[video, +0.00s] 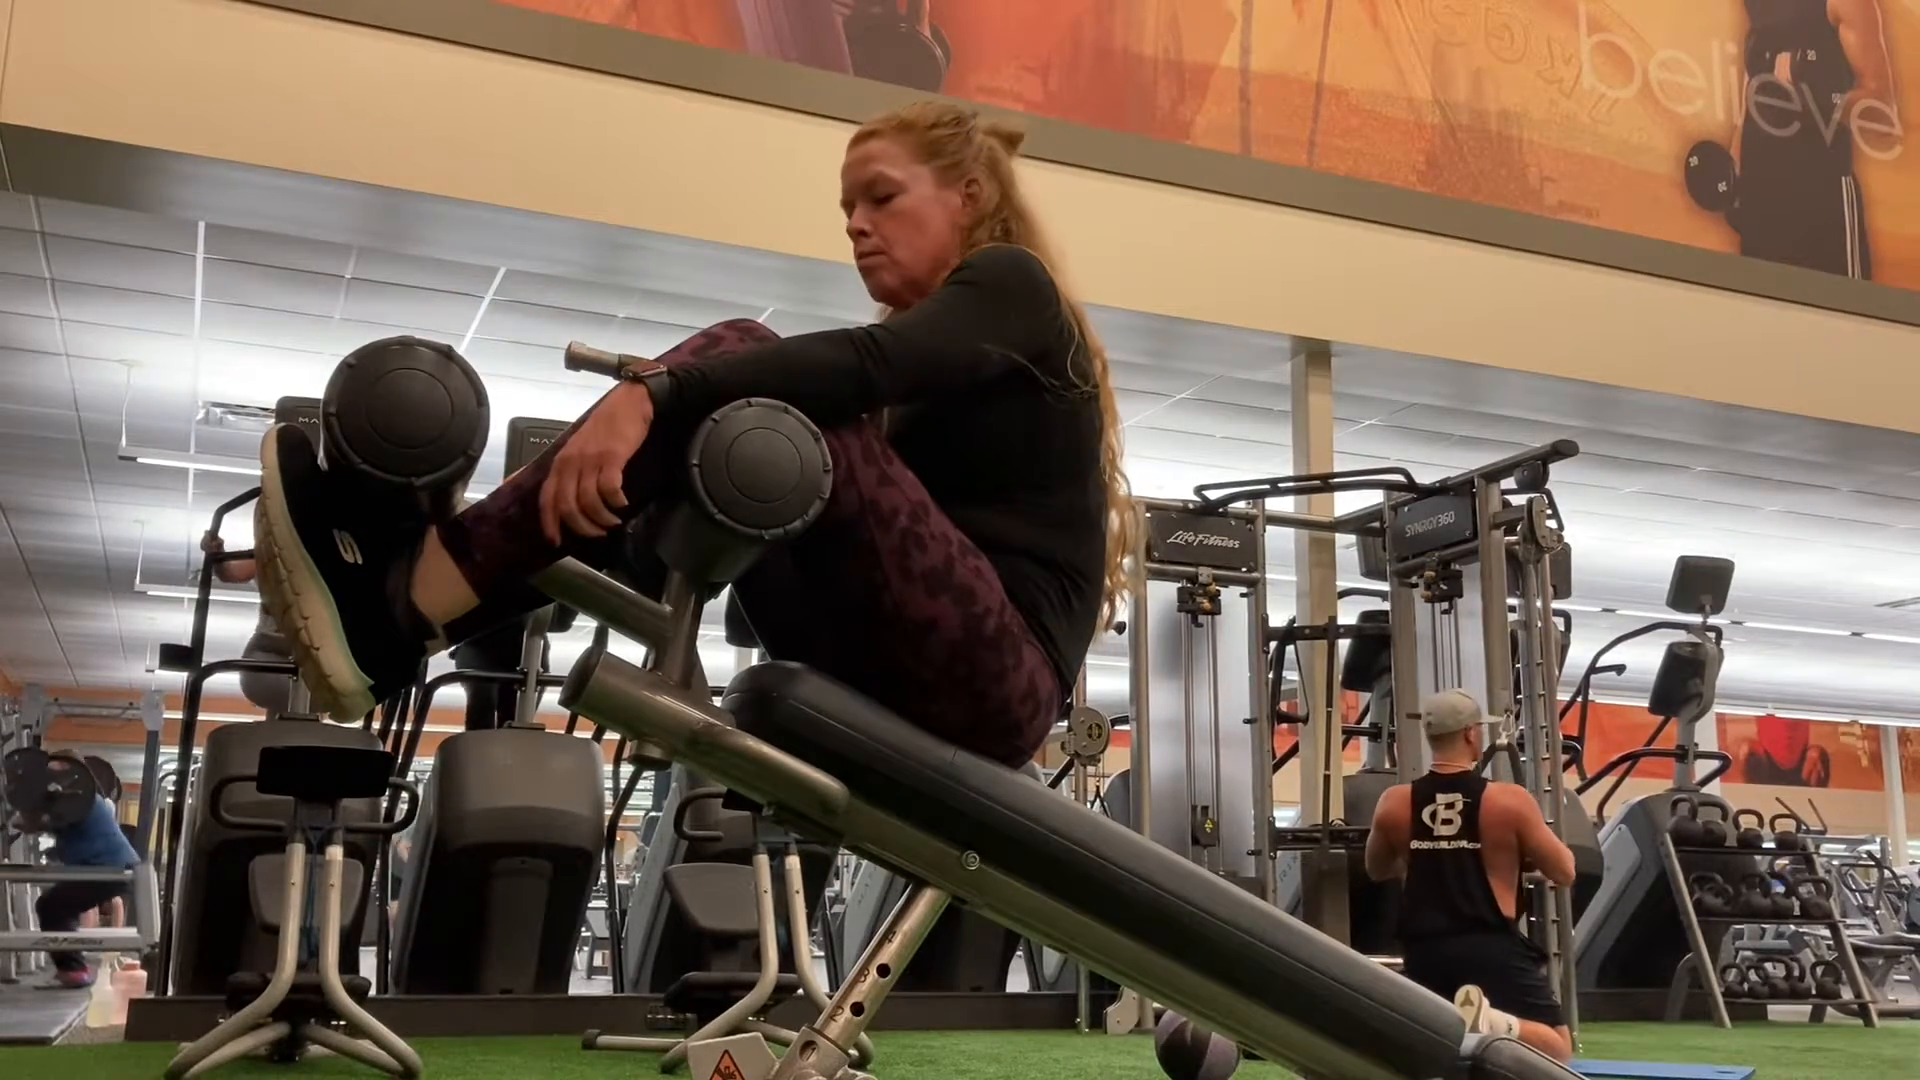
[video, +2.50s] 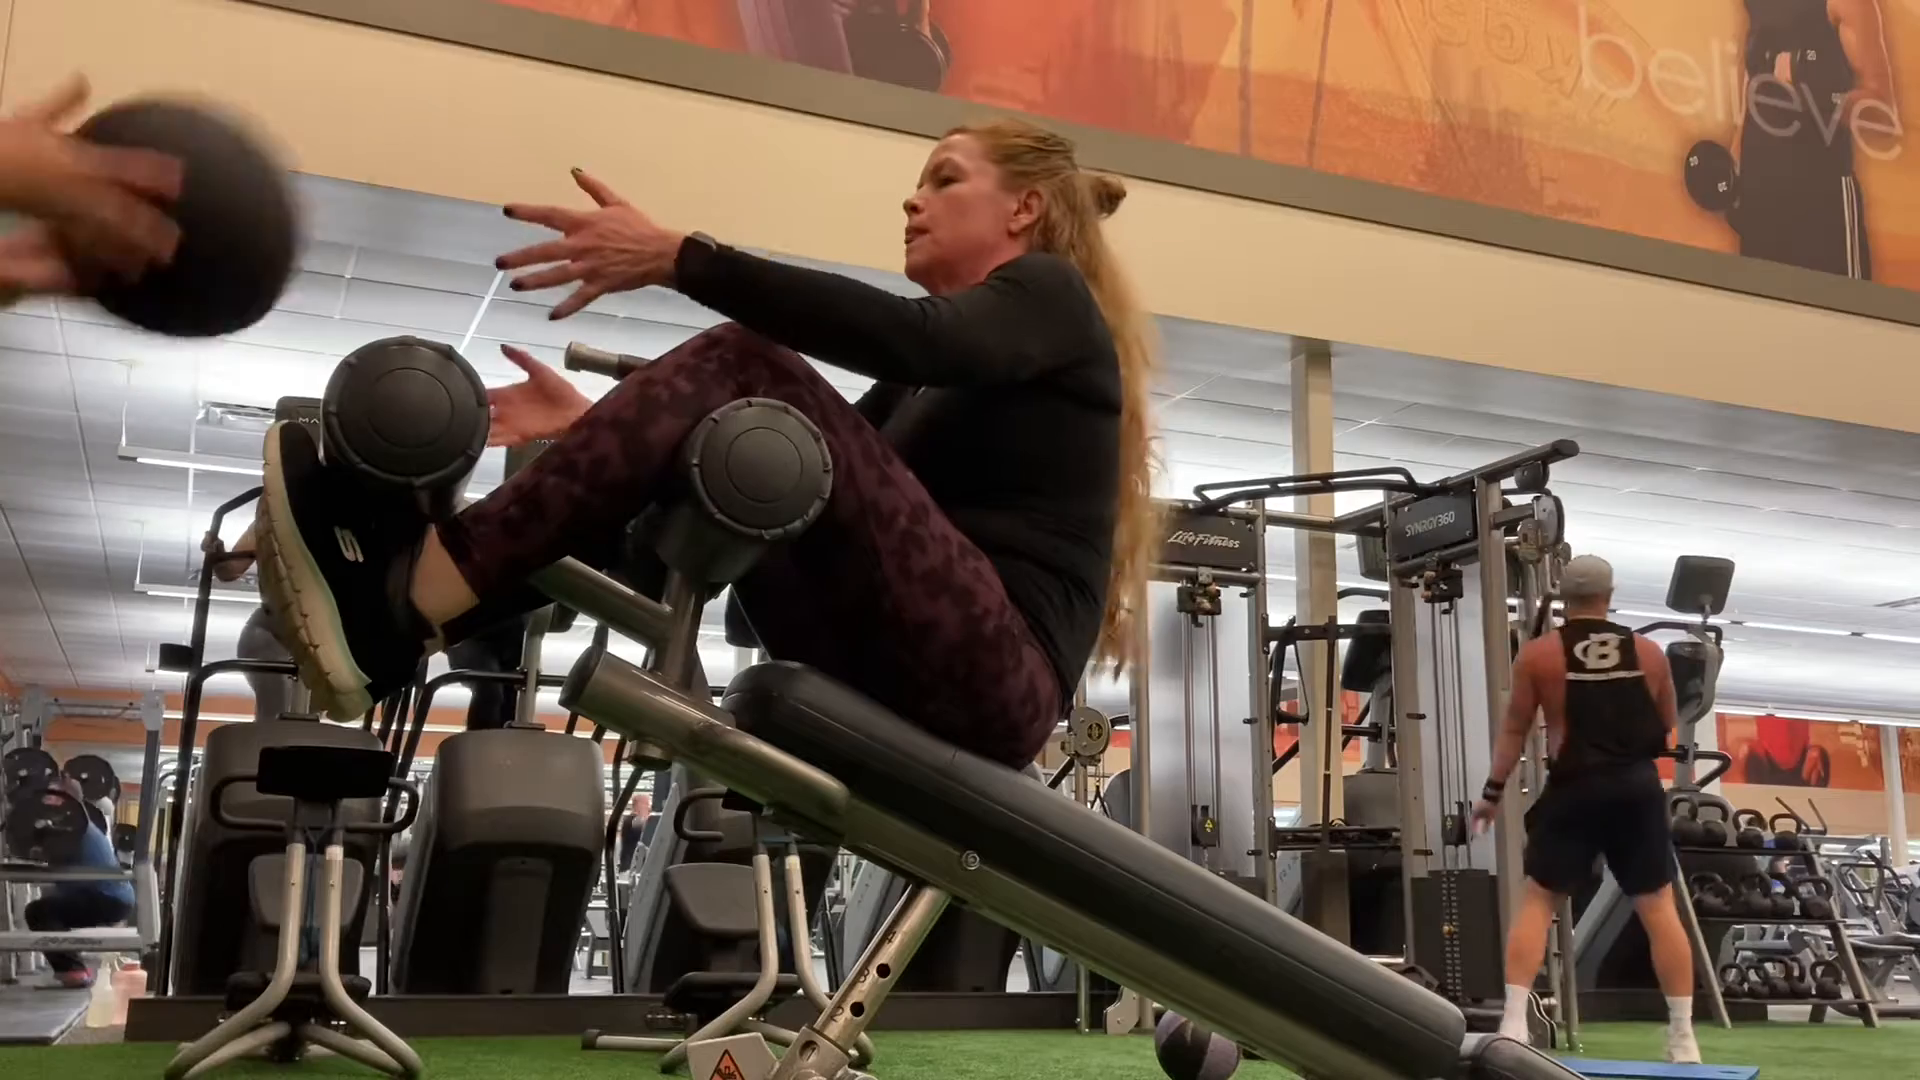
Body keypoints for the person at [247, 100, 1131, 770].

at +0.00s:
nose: (855, 232)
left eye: (882, 202)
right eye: (851, 213)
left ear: (970, 200)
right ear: (864, 227)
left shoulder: (1015, 291)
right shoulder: (908, 344)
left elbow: (863, 370)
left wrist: (647, 392)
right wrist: (669, 400)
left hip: (994, 677)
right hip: (880, 653)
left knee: (776, 378)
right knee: (739, 354)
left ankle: (421, 602)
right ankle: (411, 596)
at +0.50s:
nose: (857, 227)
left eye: (884, 197)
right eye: (855, 209)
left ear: (974, 196)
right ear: (876, 227)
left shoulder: (1022, 294)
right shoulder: (916, 344)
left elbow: (885, 385)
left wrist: (664, 369)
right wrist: (634, 378)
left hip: (993, 677)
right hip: (883, 652)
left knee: (761, 365)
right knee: (738, 357)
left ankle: (426, 597)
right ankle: (414, 592)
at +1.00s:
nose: (890, 239)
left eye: (915, 211)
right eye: (885, 217)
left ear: (999, 208)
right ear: (892, 224)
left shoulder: (1040, 301)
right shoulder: (909, 330)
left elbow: (933, 374)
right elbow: (807, 387)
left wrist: (721, 271)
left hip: (997, 671)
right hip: (891, 647)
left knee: (746, 364)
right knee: (717, 404)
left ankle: (429, 592)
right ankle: (411, 592)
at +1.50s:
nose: (945, 216)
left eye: (964, 202)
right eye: (946, 198)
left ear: (1039, 198)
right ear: (1019, 204)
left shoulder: (1099, 308)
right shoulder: (959, 353)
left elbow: (941, 225)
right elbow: (859, 464)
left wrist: (1018, 239)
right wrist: (662, 401)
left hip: (992, 675)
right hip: (895, 653)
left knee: (752, 358)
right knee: (706, 432)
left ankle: (424, 599)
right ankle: (403, 590)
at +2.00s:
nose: (968, 197)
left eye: (1003, 185)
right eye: (976, 184)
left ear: (1078, 226)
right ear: (996, 233)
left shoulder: (1085, 309)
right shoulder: (969, 377)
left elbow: (996, 432)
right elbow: (838, 455)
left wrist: (834, 283)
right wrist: (638, 379)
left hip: (992, 672)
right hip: (904, 658)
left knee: (751, 361)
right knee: (723, 418)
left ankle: (423, 601)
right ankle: (406, 598)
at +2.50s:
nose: (911, 204)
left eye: (943, 183)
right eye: (918, 186)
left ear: (1024, 210)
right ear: (986, 215)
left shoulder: (1053, 298)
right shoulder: (931, 355)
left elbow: (908, 331)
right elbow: (806, 458)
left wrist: (676, 256)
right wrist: (593, 424)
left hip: (993, 676)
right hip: (880, 649)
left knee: (752, 364)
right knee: (723, 392)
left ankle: (416, 606)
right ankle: (407, 587)